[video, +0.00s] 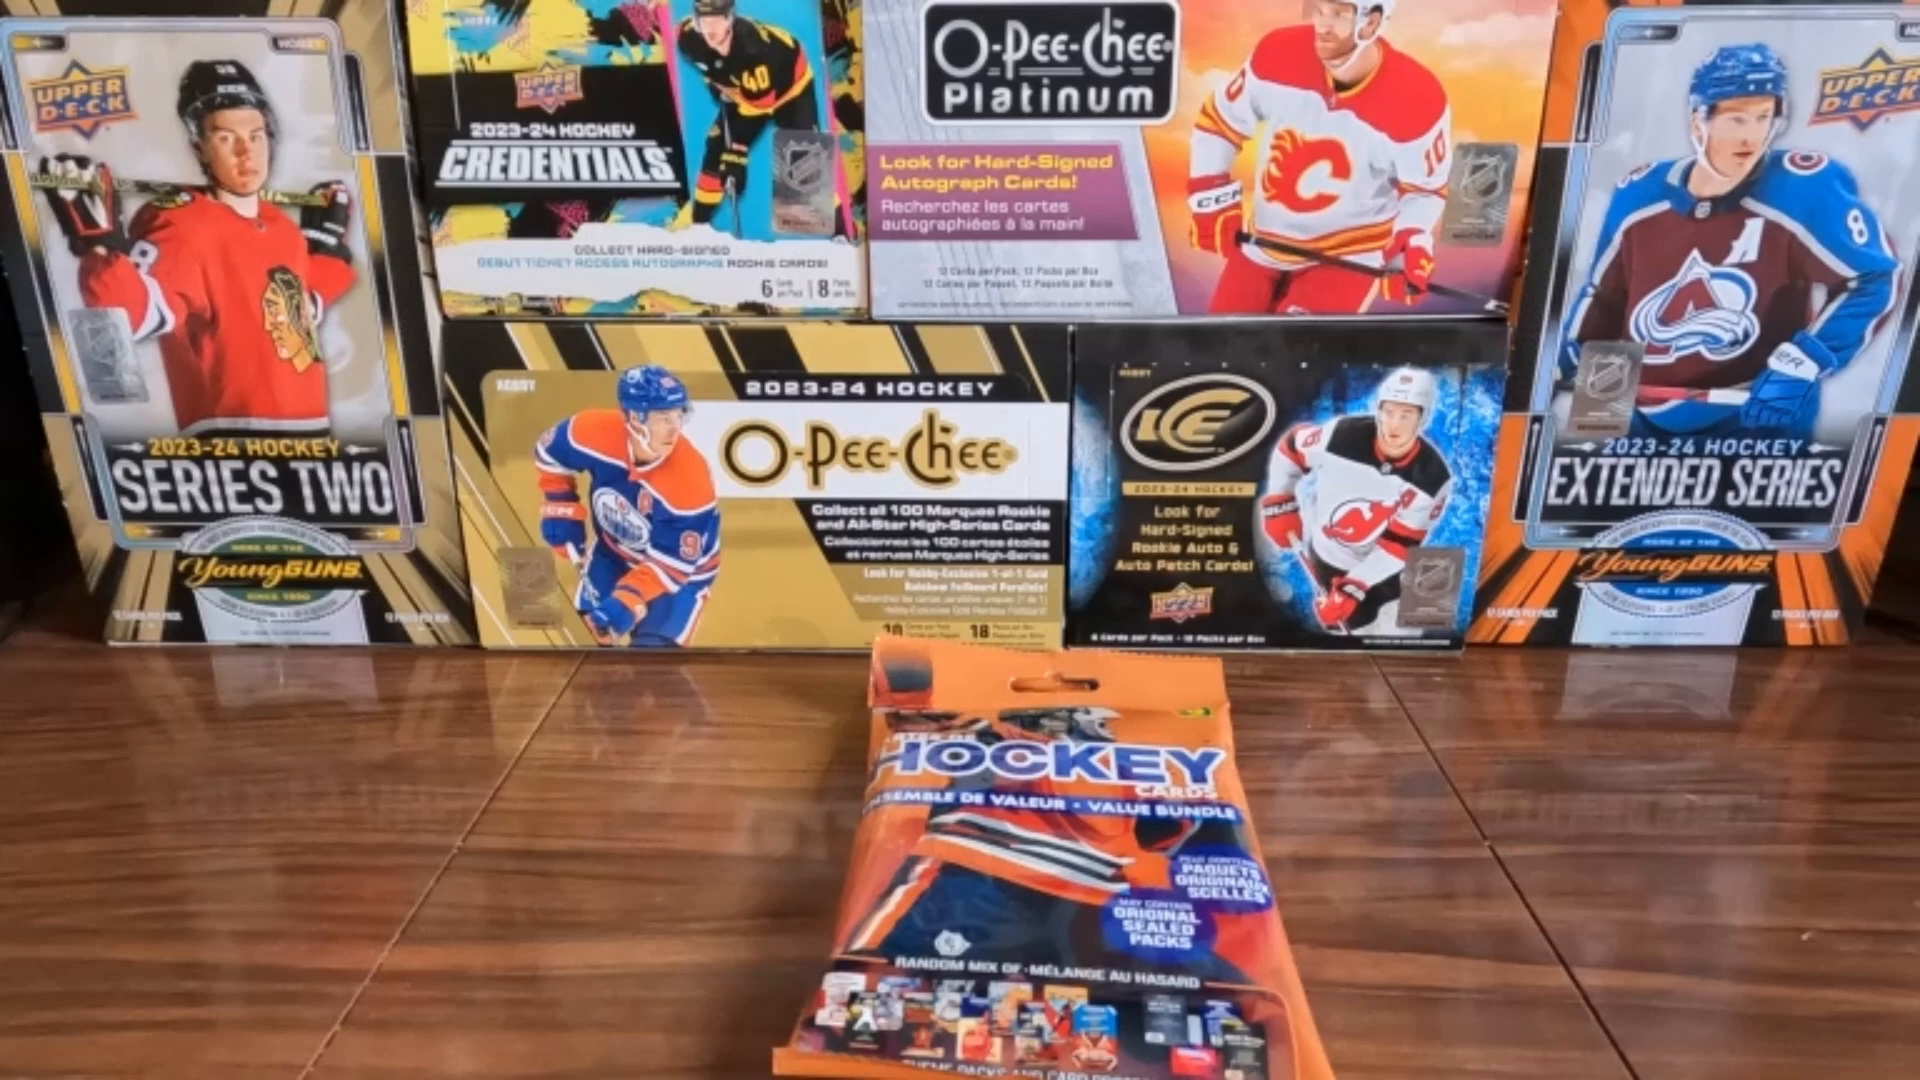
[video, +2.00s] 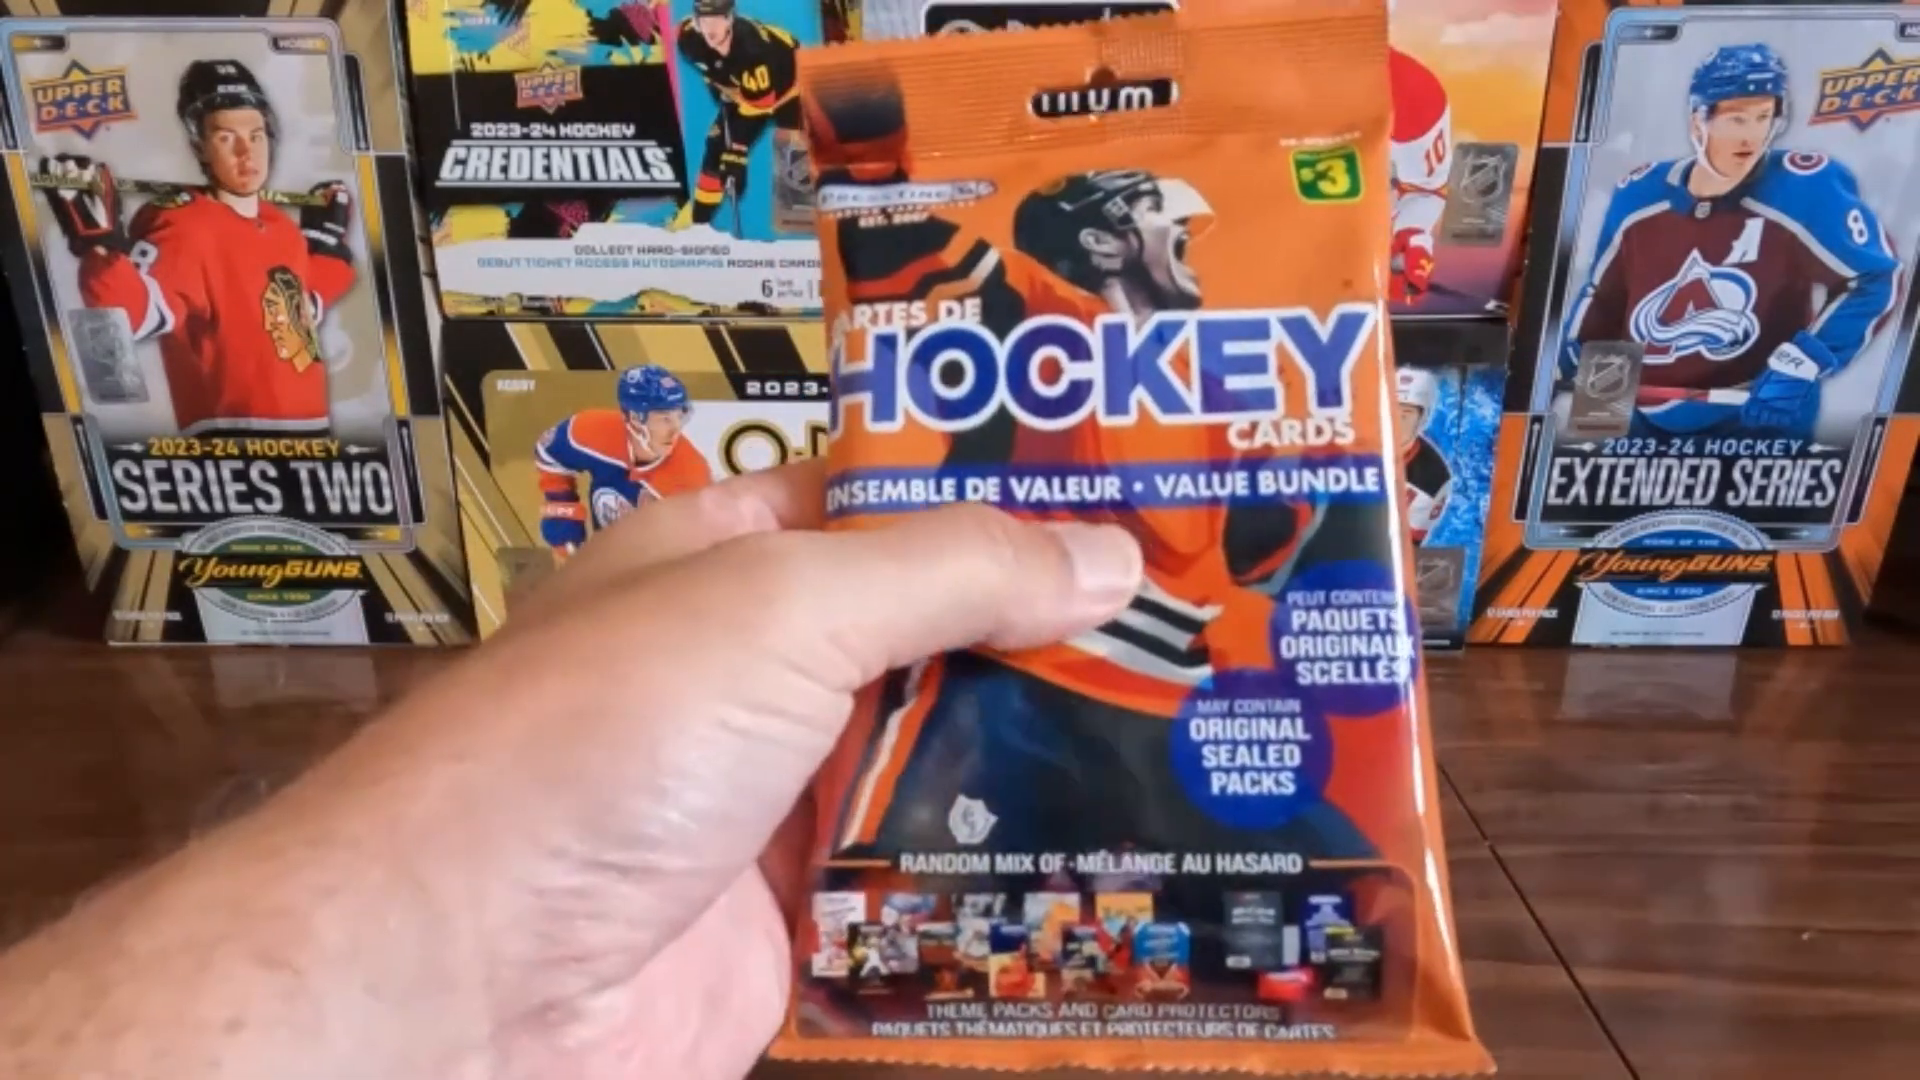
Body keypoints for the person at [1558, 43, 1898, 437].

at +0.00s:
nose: (1749, 135)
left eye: (1762, 118)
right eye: (1734, 119)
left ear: (1775, 123)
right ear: (1698, 124)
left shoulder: (1803, 193)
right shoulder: (1638, 197)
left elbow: (1878, 279)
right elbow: (1600, 296)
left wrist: (1801, 364)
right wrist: (1570, 365)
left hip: (1743, 425)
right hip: (1637, 420)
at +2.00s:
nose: (1749, 134)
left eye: (1762, 118)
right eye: (1734, 119)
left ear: (1775, 123)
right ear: (1698, 124)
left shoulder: (1804, 192)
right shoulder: (1638, 197)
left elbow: (1878, 279)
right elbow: (1600, 297)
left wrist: (1801, 365)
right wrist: (1573, 367)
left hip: (1745, 427)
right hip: (1638, 422)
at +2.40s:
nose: (1750, 135)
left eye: (1762, 118)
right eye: (1735, 119)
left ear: (1775, 122)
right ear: (1698, 124)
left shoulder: (1805, 192)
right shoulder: (1638, 197)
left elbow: (1879, 279)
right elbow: (1600, 296)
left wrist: (1801, 365)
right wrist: (1575, 362)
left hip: (1744, 426)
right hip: (1637, 420)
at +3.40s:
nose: (1750, 135)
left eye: (1762, 118)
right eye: (1735, 119)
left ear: (1775, 123)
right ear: (1698, 124)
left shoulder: (1804, 193)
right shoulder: (1638, 198)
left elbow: (1878, 279)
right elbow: (1600, 297)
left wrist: (1802, 364)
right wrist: (1576, 359)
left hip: (1744, 427)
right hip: (1637, 421)